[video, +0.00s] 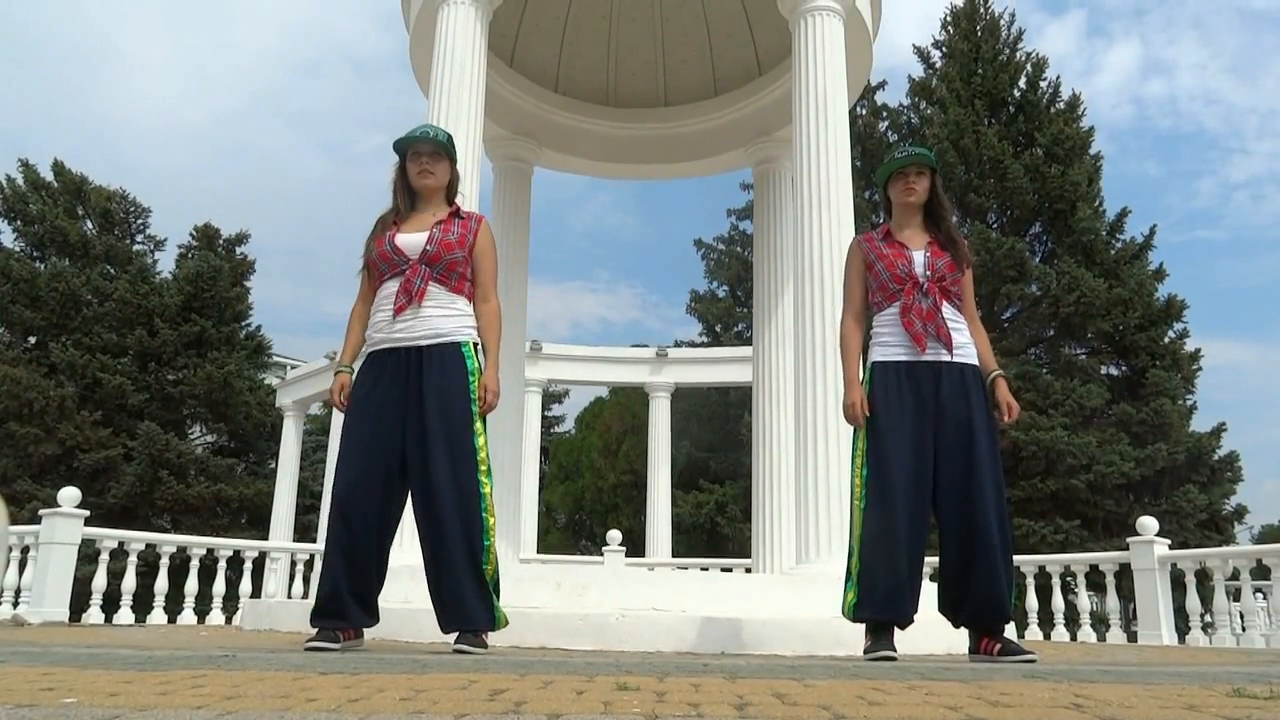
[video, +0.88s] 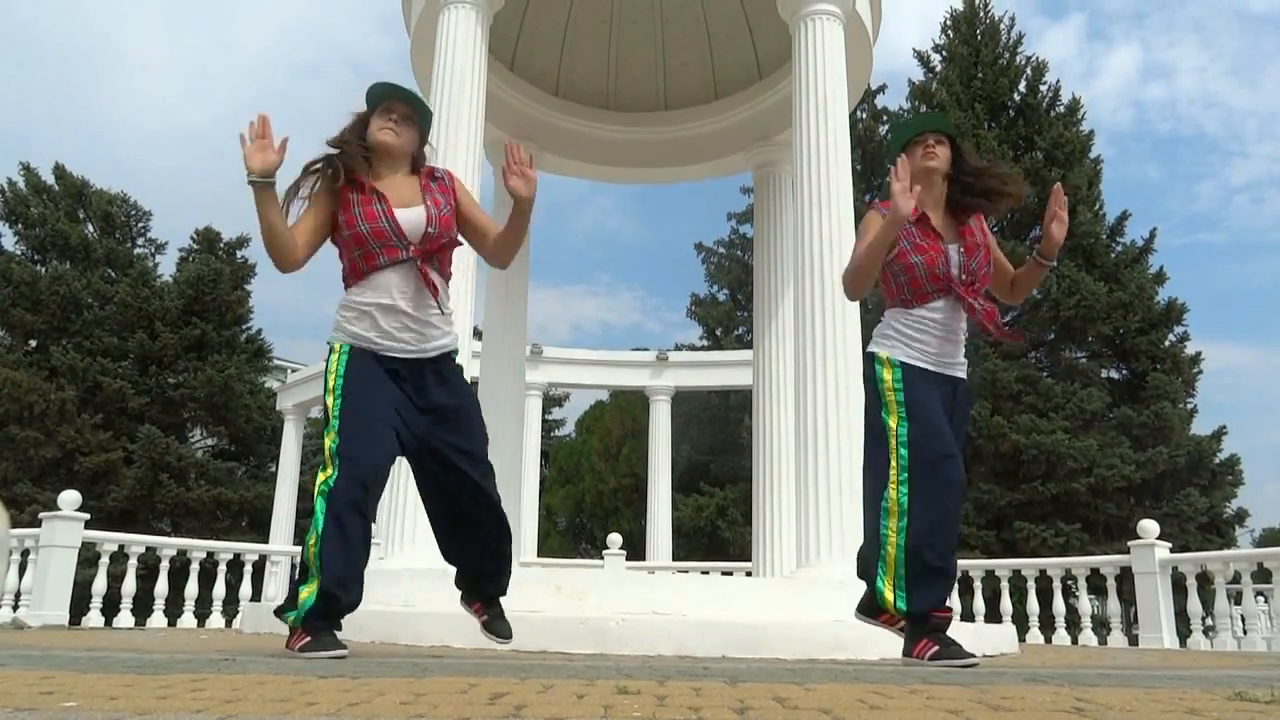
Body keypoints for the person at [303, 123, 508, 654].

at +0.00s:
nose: (423, 163)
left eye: (433, 156)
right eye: (415, 156)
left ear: (452, 167)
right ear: (402, 167)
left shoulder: (472, 227)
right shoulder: (383, 229)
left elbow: (486, 299)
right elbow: (364, 303)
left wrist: (490, 367)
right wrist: (343, 366)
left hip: (447, 364)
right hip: (382, 366)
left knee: (450, 491)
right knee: (359, 490)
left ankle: (470, 624)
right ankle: (342, 620)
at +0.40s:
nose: (437, 167)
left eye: (447, 161)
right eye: (429, 160)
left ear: (466, 175)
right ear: (415, 172)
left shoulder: (491, 225)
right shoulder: (397, 231)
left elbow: (509, 297)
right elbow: (377, 288)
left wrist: (487, 348)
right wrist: (365, 321)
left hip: (458, 375)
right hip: (394, 372)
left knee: (451, 500)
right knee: (368, 495)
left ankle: (461, 629)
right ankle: (348, 621)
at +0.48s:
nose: (437, 177)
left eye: (447, 171)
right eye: (428, 171)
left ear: (468, 184)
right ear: (415, 184)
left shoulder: (492, 235)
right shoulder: (394, 236)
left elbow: (489, 303)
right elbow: (374, 292)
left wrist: (421, 303)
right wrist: (410, 270)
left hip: (467, 379)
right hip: (402, 377)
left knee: (456, 503)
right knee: (360, 478)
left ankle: (462, 631)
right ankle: (353, 587)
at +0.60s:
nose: (426, 157)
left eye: (438, 151)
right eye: (419, 149)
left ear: (459, 166)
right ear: (406, 162)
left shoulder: (484, 208)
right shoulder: (388, 214)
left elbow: (447, 251)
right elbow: (392, 247)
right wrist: (464, 205)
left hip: (466, 365)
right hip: (398, 360)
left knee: (467, 497)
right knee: (355, 469)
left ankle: (467, 628)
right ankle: (365, 554)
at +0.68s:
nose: (412, 131)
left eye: (425, 125)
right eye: (405, 122)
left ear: (444, 138)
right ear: (390, 132)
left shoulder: (469, 170)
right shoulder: (374, 178)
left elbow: (458, 224)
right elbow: (378, 221)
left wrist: (415, 179)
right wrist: (440, 172)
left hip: (463, 341)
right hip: (394, 335)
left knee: (470, 472)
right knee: (369, 452)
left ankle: (474, 610)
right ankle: (339, 583)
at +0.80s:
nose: (401, 115)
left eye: (414, 110)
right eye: (390, 106)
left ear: (427, 124)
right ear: (370, 117)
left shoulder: (454, 164)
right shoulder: (354, 167)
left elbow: (500, 231)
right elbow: (320, 226)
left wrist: (490, 179)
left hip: (452, 339)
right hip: (380, 335)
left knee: (474, 465)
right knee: (359, 464)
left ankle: (483, 588)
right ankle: (315, 608)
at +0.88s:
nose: (393, 122)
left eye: (406, 118)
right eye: (383, 114)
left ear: (422, 137)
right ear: (364, 129)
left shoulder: (443, 185)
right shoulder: (341, 186)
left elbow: (499, 252)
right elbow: (288, 256)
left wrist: (523, 206)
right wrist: (263, 183)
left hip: (435, 360)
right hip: (364, 355)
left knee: (469, 482)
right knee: (352, 477)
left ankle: (482, 590)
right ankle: (316, 621)